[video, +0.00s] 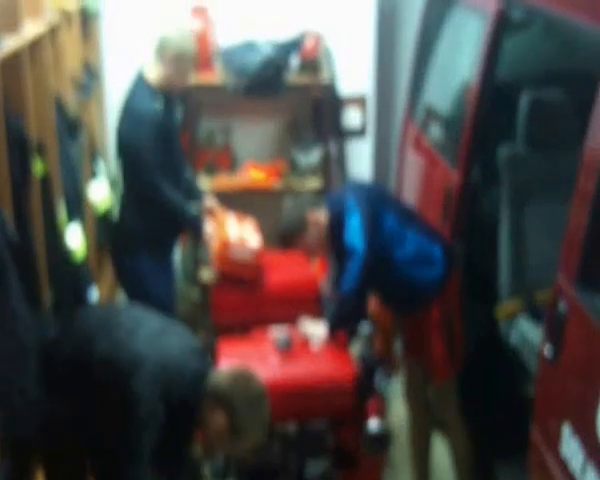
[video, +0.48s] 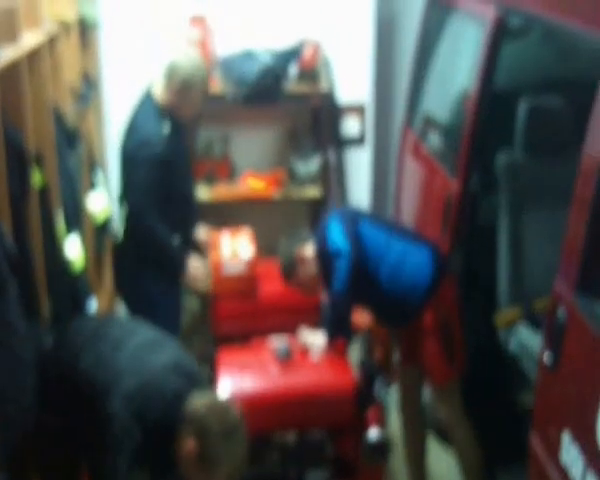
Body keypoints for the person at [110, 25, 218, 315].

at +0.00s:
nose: (188, 76)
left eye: (189, 67)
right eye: (184, 67)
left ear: (176, 63)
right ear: (167, 61)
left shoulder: (163, 100)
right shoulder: (145, 109)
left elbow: (176, 164)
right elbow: (150, 181)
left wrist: (199, 197)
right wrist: (192, 216)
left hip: (157, 234)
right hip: (140, 238)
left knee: (162, 322)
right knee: (156, 324)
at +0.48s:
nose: (200, 107)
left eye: (202, 98)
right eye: (197, 98)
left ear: (177, 89)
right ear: (178, 92)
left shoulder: (167, 120)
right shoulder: (153, 138)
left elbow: (172, 191)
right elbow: (144, 216)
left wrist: (193, 226)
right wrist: (180, 259)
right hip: (148, 261)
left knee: (163, 346)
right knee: (158, 349)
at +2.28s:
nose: (208, 72)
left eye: (210, 64)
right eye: (207, 64)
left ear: (186, 51)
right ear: (190, 54)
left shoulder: (169, 82)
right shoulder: (168, 100)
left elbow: (208, 132)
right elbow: (199, 169)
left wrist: (246, 167)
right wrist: (257, 197)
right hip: (154, 234)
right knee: (164, 327)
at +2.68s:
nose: (236, 67)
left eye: (238, 58)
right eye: (235, 58)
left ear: (211, 43)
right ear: (220, 52)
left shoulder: (183, 65)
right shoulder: (186, 94)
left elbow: (207, 138)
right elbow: (210, 170)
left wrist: (241, 169)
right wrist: (261, 206)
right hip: (154, 215)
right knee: (166, 305)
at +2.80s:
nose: (238, 62)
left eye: (240, 54)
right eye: (237, 54)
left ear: (212, 37)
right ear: (221, 46)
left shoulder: (184, 60)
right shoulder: (186, 87)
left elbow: (204, 135)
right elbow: (208, 164)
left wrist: (239, 163)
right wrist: (259, 200)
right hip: (155, 209)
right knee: (168, 300)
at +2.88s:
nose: (240, 57)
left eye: (242, 48)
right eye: (239, 48)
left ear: (215, 33)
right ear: (222, 40)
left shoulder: (186, 56)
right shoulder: (186, 81)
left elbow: (208, 130)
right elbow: (207, 158)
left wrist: (242, 159)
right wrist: (254, 193)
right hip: (154, 203)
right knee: (171, 292)